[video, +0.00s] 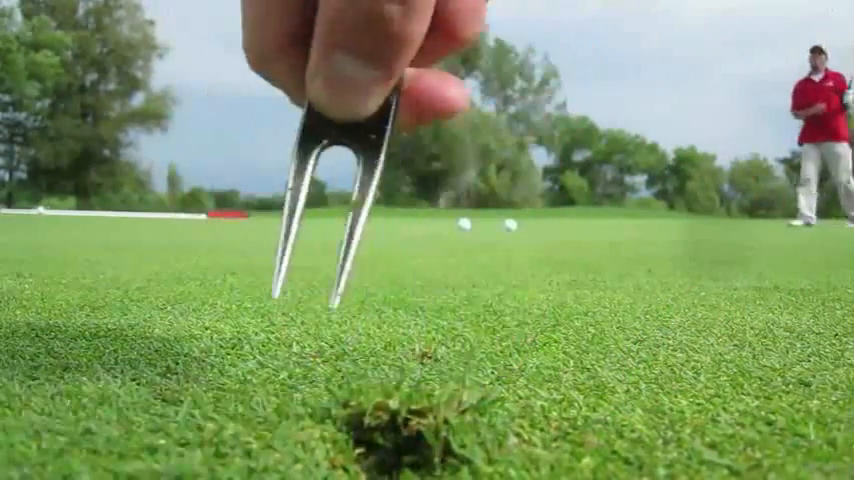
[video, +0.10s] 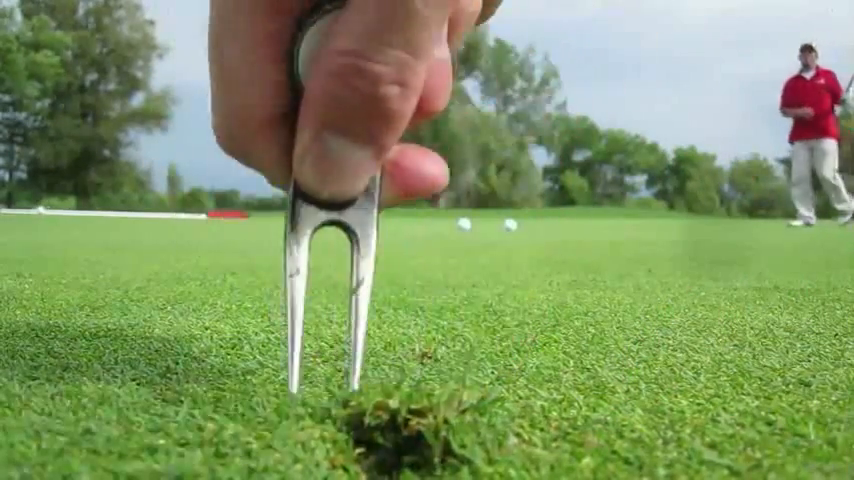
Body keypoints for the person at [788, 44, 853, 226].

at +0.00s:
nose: (816, 60)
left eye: (819, 56)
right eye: (813, 57)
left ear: (825, 59)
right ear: (809, 60)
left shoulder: (838, 80)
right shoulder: (801, 85)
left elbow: (846, 103)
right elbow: (796, 112)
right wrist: (813, 110)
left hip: (836, 137)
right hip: (810, 138)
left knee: (844, 180)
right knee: (807, 179)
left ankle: (851, 215)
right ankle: (806, 216)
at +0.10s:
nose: (806, 58)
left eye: (809, 54)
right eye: (803, 55)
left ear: (816, 57)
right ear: (799, 58)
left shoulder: (828, 77)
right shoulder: (791, 83)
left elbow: (840, 100)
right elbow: (783, 109)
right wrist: (800, 112)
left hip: (825, 134)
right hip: (801, 136)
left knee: (826, 173)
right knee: (799, 178)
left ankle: (846, 209)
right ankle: (805, 216)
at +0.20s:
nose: (798, 56)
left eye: (801, 52)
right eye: (795, 53)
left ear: (807, 54)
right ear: (791, 56)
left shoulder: (820, 75)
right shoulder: (784, 81)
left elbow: (832, 97)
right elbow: (773, 106)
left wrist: (839, 97)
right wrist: (787, 110)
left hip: (816, 130)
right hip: (793, 133)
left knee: (808, 169)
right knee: (792, 176)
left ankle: (826, 207)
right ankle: (804, 215)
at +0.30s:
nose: (791, 55)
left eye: (793, 52)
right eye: (787, 52)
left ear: (799, 54)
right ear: (783, 55)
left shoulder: (811, 73)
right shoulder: (776, 80)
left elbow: (825, 95)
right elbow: (765, 104)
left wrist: (838, 92)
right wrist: (775, 110)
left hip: (807, 127)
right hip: (786, 130)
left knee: (793, 168)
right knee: (791, 173)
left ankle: (800, 212)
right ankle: (806, 213)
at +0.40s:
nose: (782, 56)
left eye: (785, 52)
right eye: (779, 53)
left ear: (791, 54)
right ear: (775, 56)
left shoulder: (802, 73)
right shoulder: (768, 80)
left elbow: (817, 93)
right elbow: (759, 104)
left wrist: (831, 94)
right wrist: (763, 114)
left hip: (798, 129)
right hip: (778, 131)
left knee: (784, 170)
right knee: (792, 174)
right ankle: (805, 215)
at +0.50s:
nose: (773, 56)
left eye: (776, 53)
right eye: (770, 53)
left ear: (782, 55)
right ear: (766, 56)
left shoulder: (793, 74)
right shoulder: (760, 81)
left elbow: (809, 94)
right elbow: (754, 105)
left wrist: (822, 98)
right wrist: (750, 120)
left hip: (787, 129)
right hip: (770, 131)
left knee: (772, 169)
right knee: (787, 174)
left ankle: (753, 209)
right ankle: (804, 214)